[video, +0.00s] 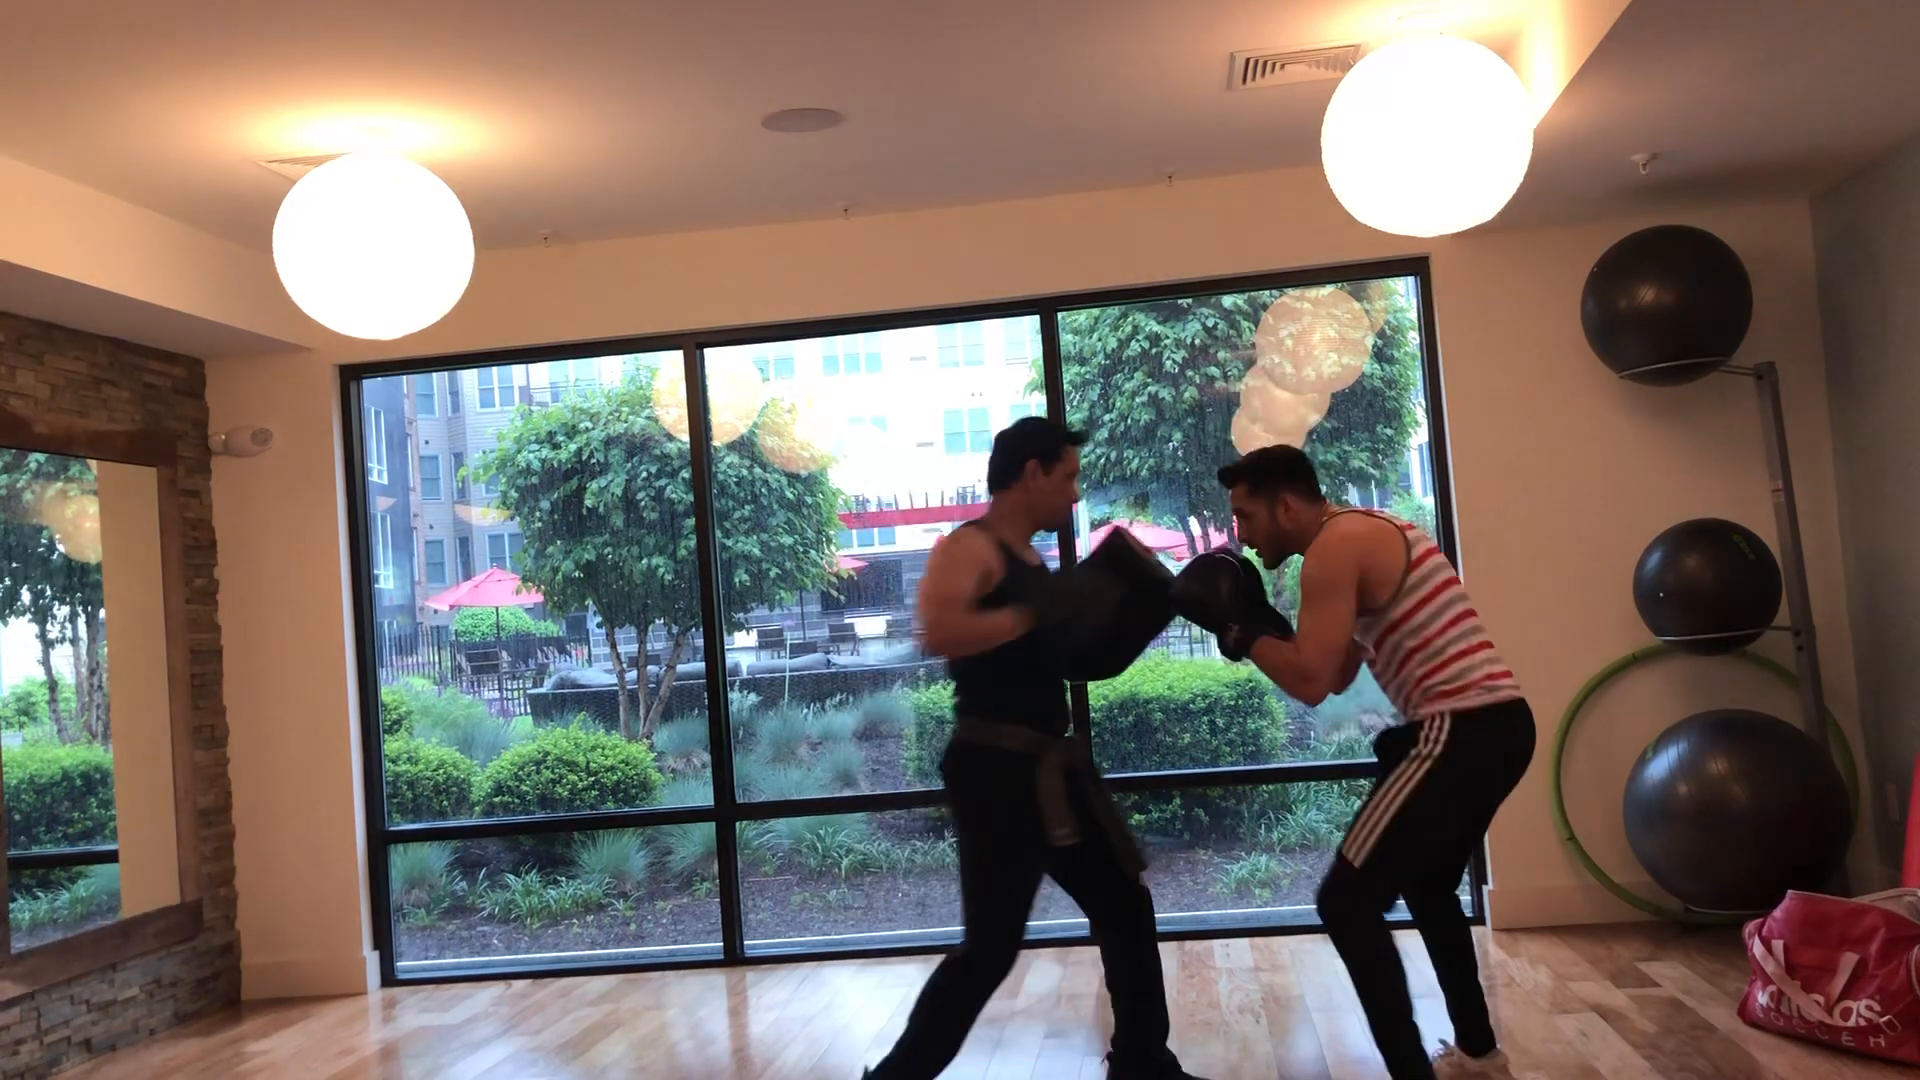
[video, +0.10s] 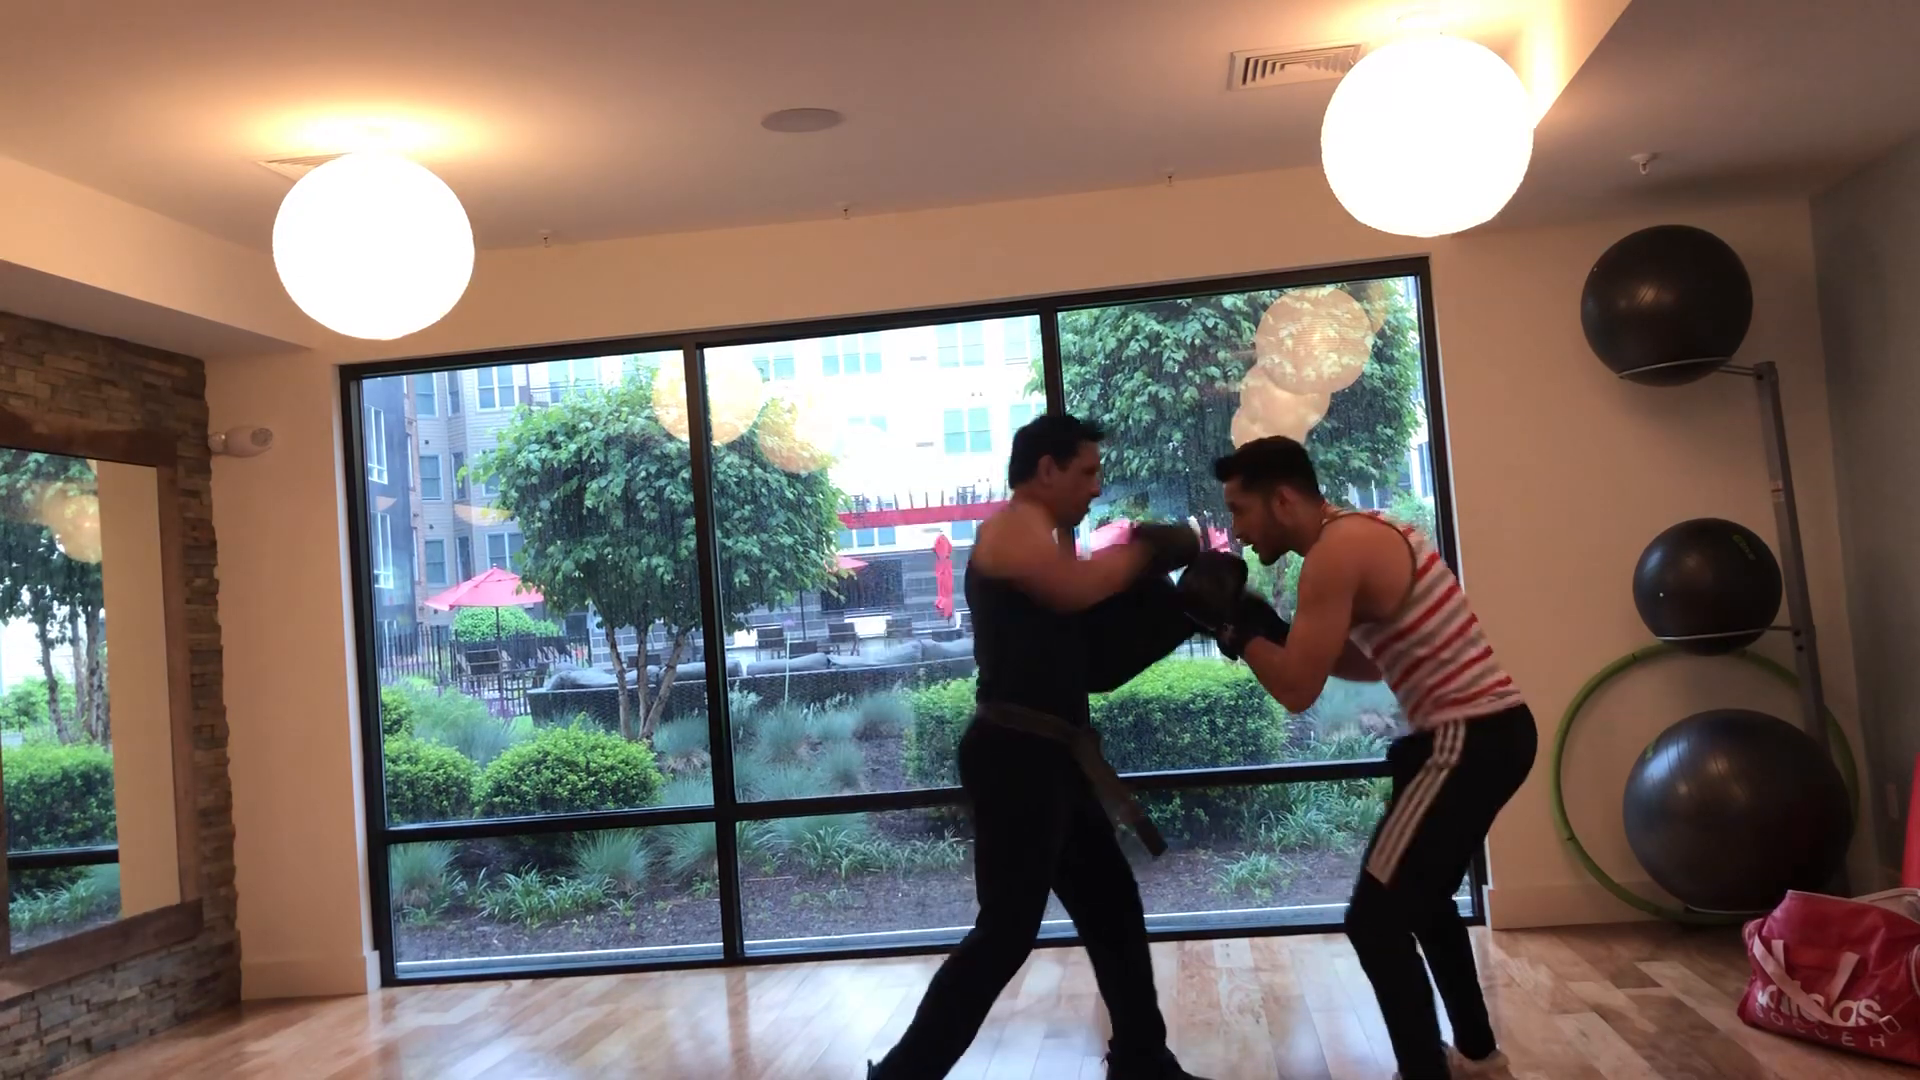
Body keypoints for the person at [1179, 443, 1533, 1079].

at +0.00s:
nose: (1241, 534)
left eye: (1243, 516)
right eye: (1236, 519)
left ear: (1286, 504)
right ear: (1296, 503)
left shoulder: (1334, 546)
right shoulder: (1375, 531)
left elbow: (1307, 680)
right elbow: (1335, 676)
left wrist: (1239, 630)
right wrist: (1257, 618)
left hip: (1459, 731)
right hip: (1498, 724)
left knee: (1344, 902)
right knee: (1429, 885)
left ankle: (1412, 1072)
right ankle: (1477, 1043)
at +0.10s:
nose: (1236, 529)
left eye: (1239, 511)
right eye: (1231, 514)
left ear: (1283, 498)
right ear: (1292, 498)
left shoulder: (1336, 550)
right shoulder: (1371, 530)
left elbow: (1293, 689)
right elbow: (1370, 664)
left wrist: (1234, 626)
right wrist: (1267, 628)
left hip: (1465, 734)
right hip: (1491, 725)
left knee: (1374, 919)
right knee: (1427, 898)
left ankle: (1423, 1070)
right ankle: (1478, 1048)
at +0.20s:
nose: (1229, 540)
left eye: (1234, 520)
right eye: (1226, 523)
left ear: (1277, 514)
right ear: (1283, 514)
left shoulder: (1352, 578)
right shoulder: (1346, 566)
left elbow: (1294, 708)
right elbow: (1299, 686)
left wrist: (1243, 627)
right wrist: (1251, 634)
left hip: (1483, 759)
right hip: (1455, 757)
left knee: (1389, 934)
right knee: (1407, 924)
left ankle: (1431, 1072)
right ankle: (1474, 1058)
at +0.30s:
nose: (1230, 552)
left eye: (1234, 535)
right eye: (1229, 536)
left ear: (1273, 536)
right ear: (1283, 534)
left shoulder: (1365, 601)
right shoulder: (1345, 593)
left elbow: (1307, 745)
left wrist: (1256, 661)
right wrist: (1273, 689)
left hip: (1494, 771)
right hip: (1451, 771)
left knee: (1388, 934)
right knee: (1393, 928)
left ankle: (1429, 1070)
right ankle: (1467, 1059)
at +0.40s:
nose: (1229, 549)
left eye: (1232, 532)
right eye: (1227, 533)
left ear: (1268, 533)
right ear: (1286, 530)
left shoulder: (1364, 597)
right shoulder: (1344, 582)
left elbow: (1317, 746)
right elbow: (1339, 704)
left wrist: (1256, 672)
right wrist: (1282, 716)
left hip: (1501, 760)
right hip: (1459, 761)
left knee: (1399, 921)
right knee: (1385, 913)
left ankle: (1450, 1068)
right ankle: (1446, 1060)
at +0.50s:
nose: (1228, 532)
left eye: (1231, 514)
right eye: (1226, 516)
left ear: (1269, 510)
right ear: (1283, 509)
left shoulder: (1359, 569)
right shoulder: (1337, 565)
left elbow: (1307, 717)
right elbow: (1373, 660)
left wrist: (1243, 648)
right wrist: (1270, 686)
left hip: (1505, 736)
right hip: (1461, 739)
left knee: (1432, 910)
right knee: (1406, 887)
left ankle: (1454, 1069)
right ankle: (1458, 1054)